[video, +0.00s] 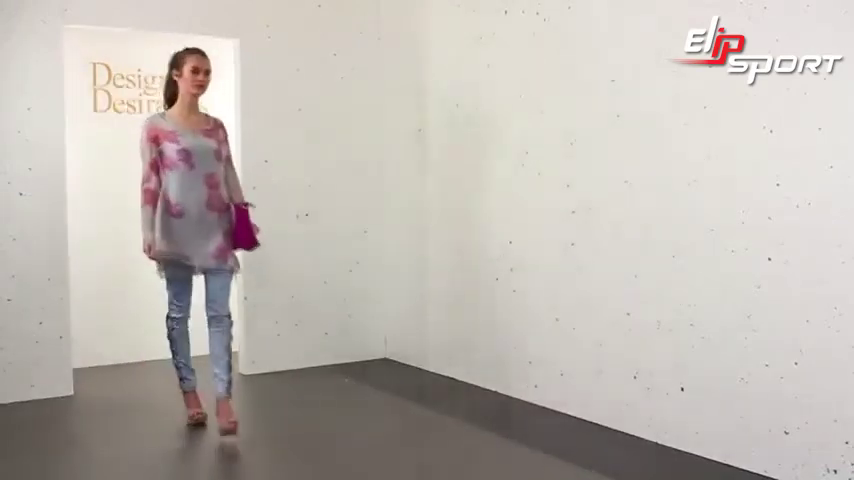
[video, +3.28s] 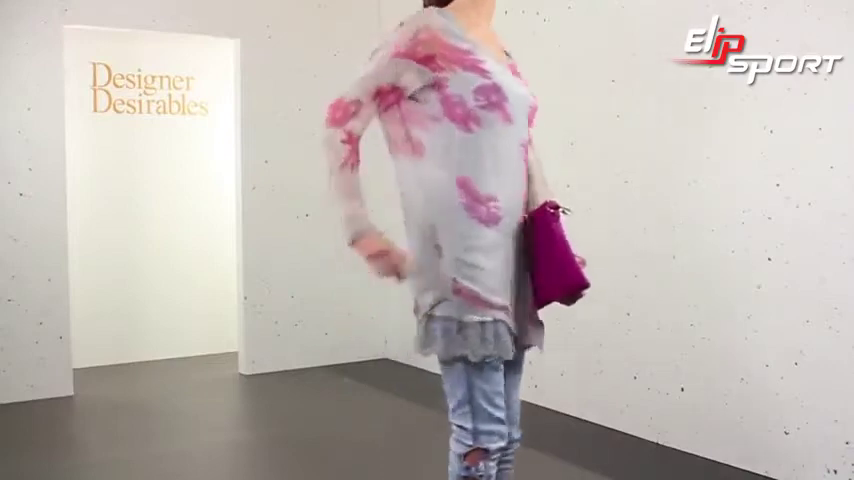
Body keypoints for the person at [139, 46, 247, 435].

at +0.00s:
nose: (201, 78)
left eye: (206, 73)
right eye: (195, 72)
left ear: (209, 79)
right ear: (177, 75)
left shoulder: (215, 127)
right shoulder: (155, 125)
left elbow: (230, 178)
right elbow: (150, 182)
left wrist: (243, 222)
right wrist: (148, 233)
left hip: (218, 233)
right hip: (176, 233)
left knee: (220, 315)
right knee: (179, 314)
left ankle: (224, 396)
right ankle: (188, 388)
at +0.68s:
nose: (244, 61)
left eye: (249, 54)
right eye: (235, 53)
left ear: (256, 61)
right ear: (216, 61)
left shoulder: (269, 121)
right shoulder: (197, 119)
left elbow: (282, 183)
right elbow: (188, 188)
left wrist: (296, 235)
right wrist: (182, 250)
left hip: (260, 239)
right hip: (213, 238)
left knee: (242, 337)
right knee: (234, 337)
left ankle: (225, 411)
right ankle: (256, 438)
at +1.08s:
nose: (277, 41)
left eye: (281, 34)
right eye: (267, 33)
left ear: (286, 42)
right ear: (245, 40)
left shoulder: (297, 105)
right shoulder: (220, 103)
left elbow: (311, 176)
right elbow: (213, 179)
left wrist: (325, 234)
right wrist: (214, 244)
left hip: (294, 240)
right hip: (242, 242)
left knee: (298, 347)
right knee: (247, 346)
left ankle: (298, 450)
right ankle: (260, 445)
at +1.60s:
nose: (330, 18)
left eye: (334, 10)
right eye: (317, 10)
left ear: (340, 22)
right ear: (293, 22)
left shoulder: (350, 100)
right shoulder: (266, 93)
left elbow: (363, 175)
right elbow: (252, 176)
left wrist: (385, 239)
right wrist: (248, 254)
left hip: (347, 248)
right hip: (291, 250)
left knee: (343, 372)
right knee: (320, 369)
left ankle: (329, 473)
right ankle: (291, 463)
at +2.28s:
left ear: (407, 3)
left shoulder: (428, 81)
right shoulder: (331, 76)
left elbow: (442, 172)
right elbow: (317, 176)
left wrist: (462, 251)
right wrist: (310, 269)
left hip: (419, 260)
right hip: (352, 261)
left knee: (423, 401)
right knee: (362, 397)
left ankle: (414, 473)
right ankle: (368, 474)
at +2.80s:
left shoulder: (496, 70)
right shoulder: (385, 58)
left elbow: (513, 173)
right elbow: (368, 175)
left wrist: (540, 258)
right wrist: (352, 277)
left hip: (489, 275)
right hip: (415, 274)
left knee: (488, 426)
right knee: (426, 426)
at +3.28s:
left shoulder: (493, 44)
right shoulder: (422, 36)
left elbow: (520, 146)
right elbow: (341, 126)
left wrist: (550, 243)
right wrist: (361, 233)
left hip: (510, 258)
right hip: (459, 262)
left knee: (504, 439)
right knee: (479, 440)